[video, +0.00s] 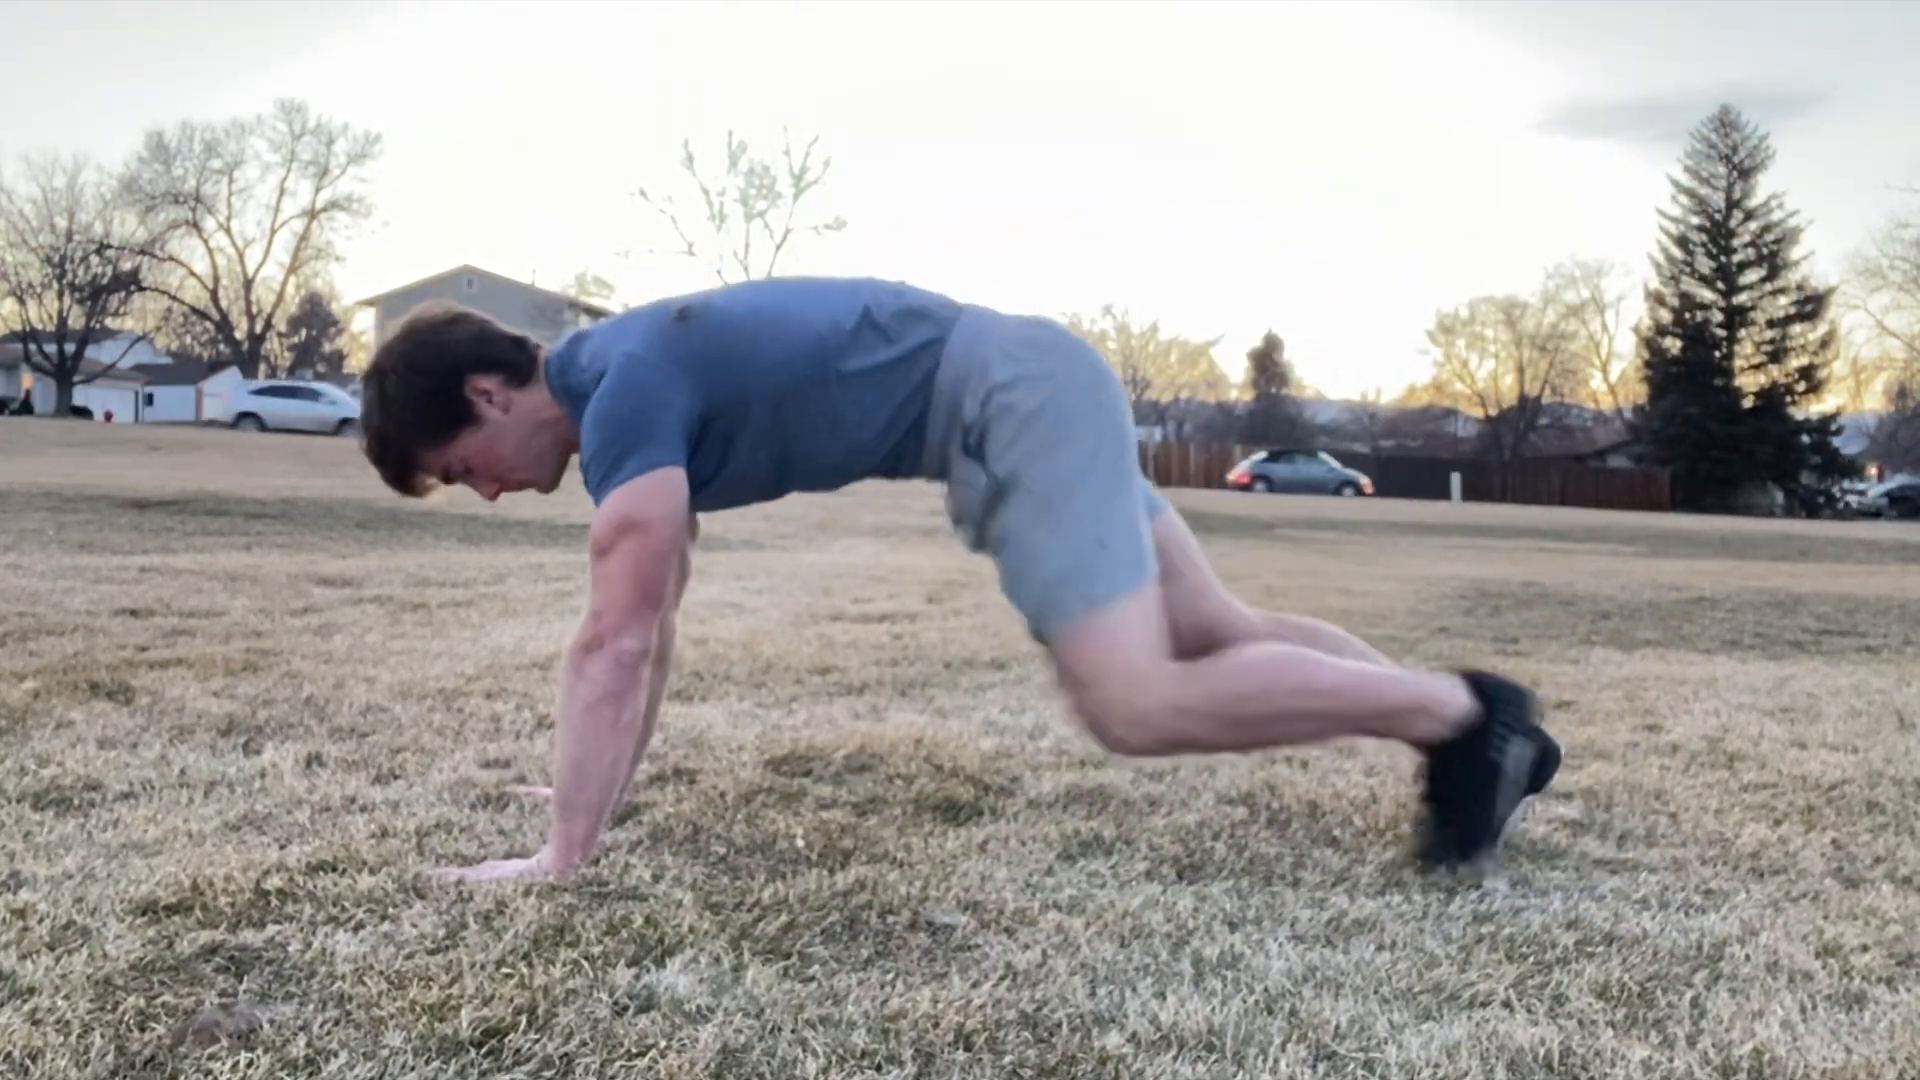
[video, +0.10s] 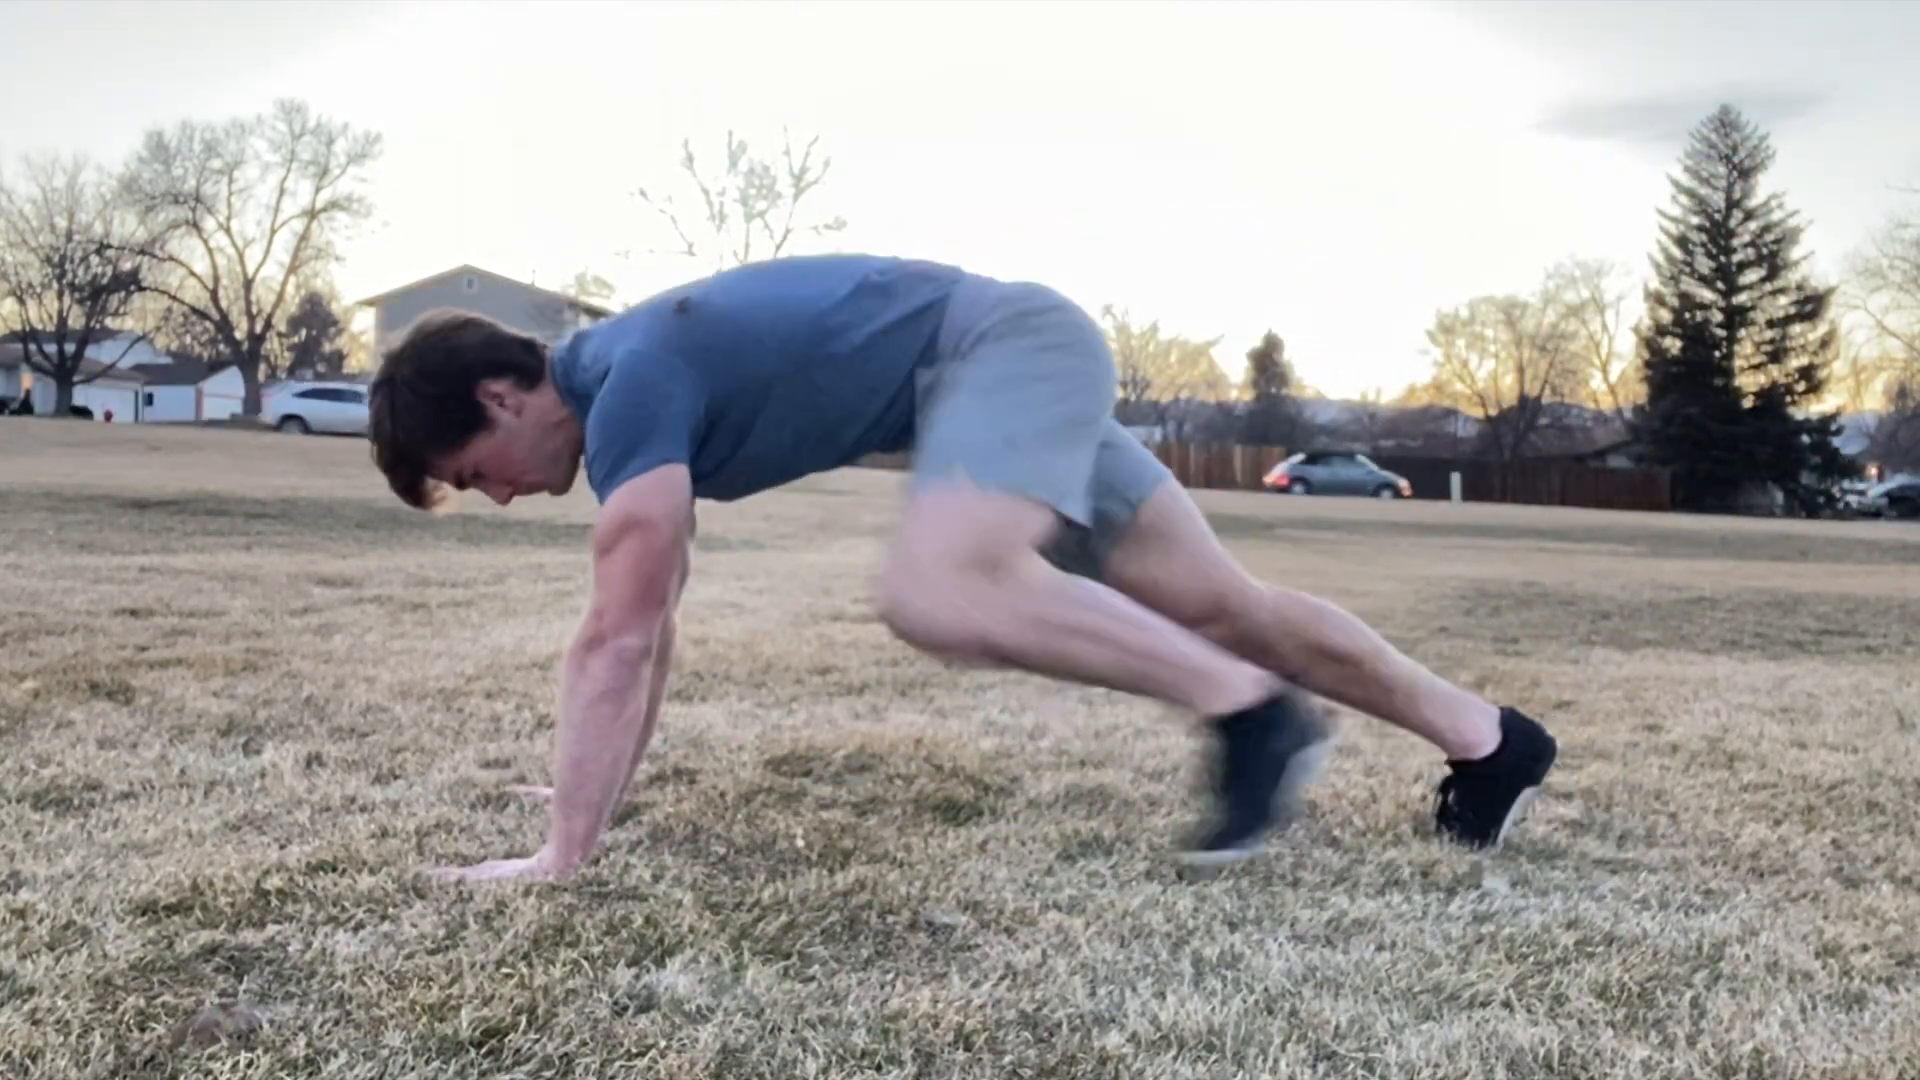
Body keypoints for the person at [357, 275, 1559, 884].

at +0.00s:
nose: (483, 493)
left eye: (462, 470)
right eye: (460, 484)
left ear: (491, 400)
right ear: (499, 394)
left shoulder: (627, 378)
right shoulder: (625, 390)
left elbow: (617, 637)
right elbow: (643, 640)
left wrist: (560, 853)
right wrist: (589, 823)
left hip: (1010, 389)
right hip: (1018, 388)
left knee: (1136, 707)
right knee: (1214, 636)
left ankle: (1456, 718)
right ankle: (1466, 713)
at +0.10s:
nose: (492, 497)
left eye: (472, 475)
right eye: (469, 488)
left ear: (503, 401)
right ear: (508, 403)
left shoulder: (638, 372)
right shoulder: (627, 394)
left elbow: (617, 633)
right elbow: (641, 633)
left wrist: (562, 851)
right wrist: (588, 805)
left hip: (1008, 344)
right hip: (1007, 380)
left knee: (939, 590)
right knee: (1234, 614)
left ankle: (1249, 709)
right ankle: (1489, 737)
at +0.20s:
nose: (501, 493)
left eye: (480, 470)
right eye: (478, 485)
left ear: (508, 397)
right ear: (512, 400)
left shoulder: (639, 361)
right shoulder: (632, 394)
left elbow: (618, 634)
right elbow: (637, 634)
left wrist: (563, 853)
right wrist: (577, 806)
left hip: (1014, 359)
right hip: (996, 432)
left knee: (784, 424)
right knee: (1225, 618)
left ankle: (931, 750)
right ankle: (1490, 735)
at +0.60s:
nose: (430, 531)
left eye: (404, 512)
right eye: (403, 525)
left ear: (419, 434)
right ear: (426, 423)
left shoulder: (565, 371)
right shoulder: (550, 384)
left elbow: (582, 633)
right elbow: (598, 618)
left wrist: (557, 851)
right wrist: (602, 788)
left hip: (920, 291)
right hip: (921, 332)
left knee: (767, 488)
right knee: (1077, 580)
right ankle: (1349, 669)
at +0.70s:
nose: (431, 532)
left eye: (405, 515)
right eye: (407, 527)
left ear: (411, 438)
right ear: (420, 419)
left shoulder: (542, 370)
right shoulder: (545, 375)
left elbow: (573, 628)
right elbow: (610, 602)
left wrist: (556, 850)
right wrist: (614, 780)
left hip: (896, 263)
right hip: (883, 275)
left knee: (906, 601)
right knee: (920, 572)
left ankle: (1227, 661)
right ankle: (1180, 656)